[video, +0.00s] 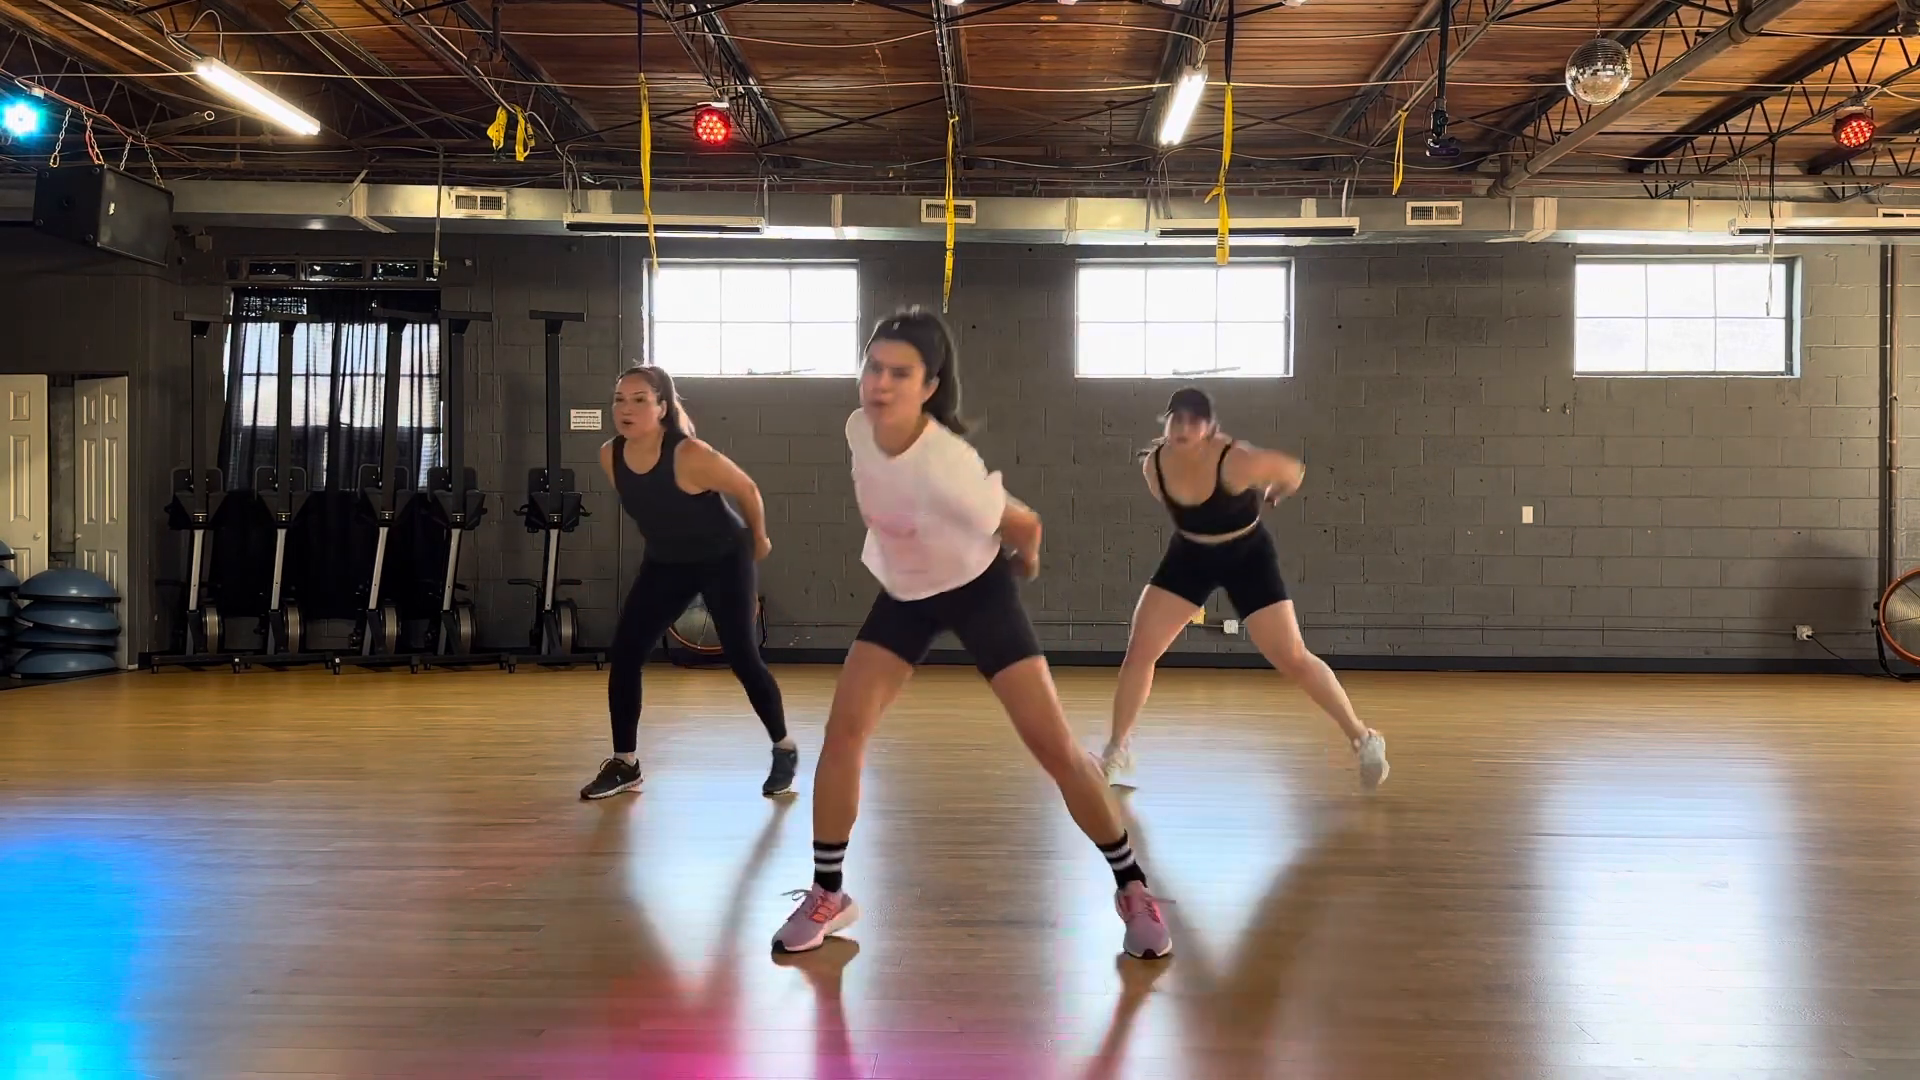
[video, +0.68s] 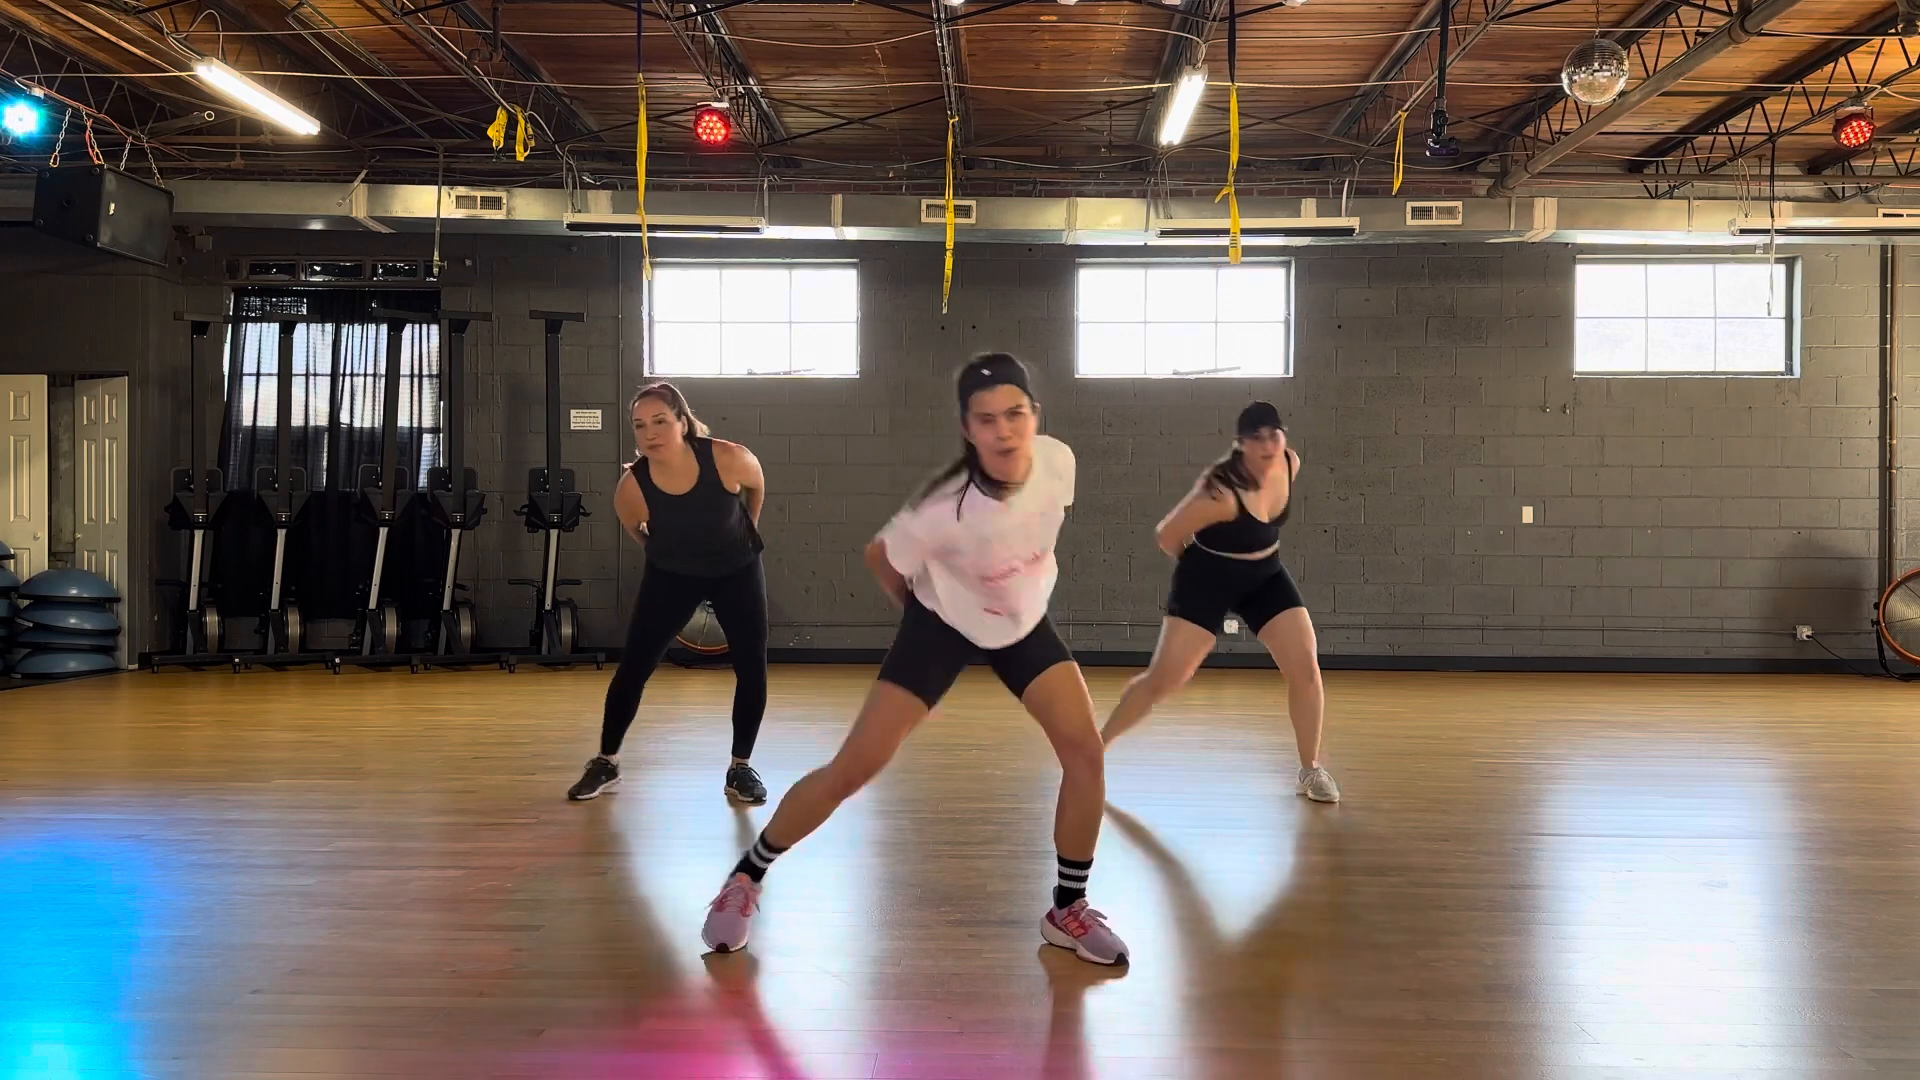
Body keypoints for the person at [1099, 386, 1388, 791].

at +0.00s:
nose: (1179, 432)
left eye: (1190, 426)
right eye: (1175, 423)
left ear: (1209, 428)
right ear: (1166, 421)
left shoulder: (1236, 462)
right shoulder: (1153, 464)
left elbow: (1293, 471)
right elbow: (1172, 502)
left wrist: (1277, 493)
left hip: (1246, 555)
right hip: (1189, 555)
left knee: (1292, 658)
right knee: (1140, 651)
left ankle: (1362, 737)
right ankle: (1116, 750)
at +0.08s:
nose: (1169, 454)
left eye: (1179, 448)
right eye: (1165, 443)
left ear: (1197, 455)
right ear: (1156, 441)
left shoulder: (1216, 499)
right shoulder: (1147, 471)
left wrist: (1262, 546)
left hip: (1230, 578)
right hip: (1175, 574)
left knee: (1275, 680)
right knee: (1126, 660)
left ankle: (1355, 749)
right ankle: (1122, 760)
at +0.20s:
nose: (1200, 463)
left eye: (1211, 456)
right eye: (1194, 452)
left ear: (1221, 461)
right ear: (1181, 447)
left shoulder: (1229, 508)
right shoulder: (1158, 462)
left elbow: (1269, 544)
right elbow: (1176, 509)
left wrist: (1249, 562)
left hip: (1223, 580)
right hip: (1167, 570)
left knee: (1267, 677)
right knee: (1116, 661)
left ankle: (1345, 749)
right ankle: (1118, 757)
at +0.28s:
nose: (1234, 454)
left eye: (1242, 447)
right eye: (1227, 445)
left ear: (1251, 447)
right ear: (1209, 439)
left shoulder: (1259, 490)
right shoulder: (1173, 453)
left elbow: (1283, 527)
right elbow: (1161, 477)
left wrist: (1243, 533)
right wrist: (1180, 443)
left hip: (1231, 563)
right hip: (1171, 552)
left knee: (1278, 659)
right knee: (1128, 650)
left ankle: (1338, 746)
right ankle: (1106, 745)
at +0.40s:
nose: (1264, 446)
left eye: (1272, 437)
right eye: (1254, 437)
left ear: (1281, 440)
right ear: (1237, 436)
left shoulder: (1294, 490)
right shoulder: (1194, 457)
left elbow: (1279, 518)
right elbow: (1156, 477)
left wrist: (1243, 524)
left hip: (1243, 559)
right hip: (1183, 549)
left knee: (1288, 657)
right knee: (1143, 657)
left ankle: (1322, 756)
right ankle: (1093, 741)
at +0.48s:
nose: (1287, 453)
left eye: (1293, 444)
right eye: (1276, 445)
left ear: (1302, 446)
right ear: (1258, 449)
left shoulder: (1308, 486)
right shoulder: (1225, 484)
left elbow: (1271, 519)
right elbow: (1165, 505)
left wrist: (1237, 539)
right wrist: (1190, 540)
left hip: (1254, 573)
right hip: (1198, 568)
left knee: (1290, 667)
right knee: (1163, 672)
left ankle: (1307, 770)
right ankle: (1091, 734)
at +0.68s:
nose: (1268, 447)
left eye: (1274, 436)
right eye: (1257, 439)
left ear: (1283, 438)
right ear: (1240, 445)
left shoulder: (1290, 464)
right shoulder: (1218, 492)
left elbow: (1263, 515)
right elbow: (1166, 535)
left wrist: (1227, 544)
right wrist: (1197, 560)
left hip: (1263, 573)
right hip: (1207, 576)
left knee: (1305, 667)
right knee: (1166, 678)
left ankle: (1310, 769)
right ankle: (1098, 744)